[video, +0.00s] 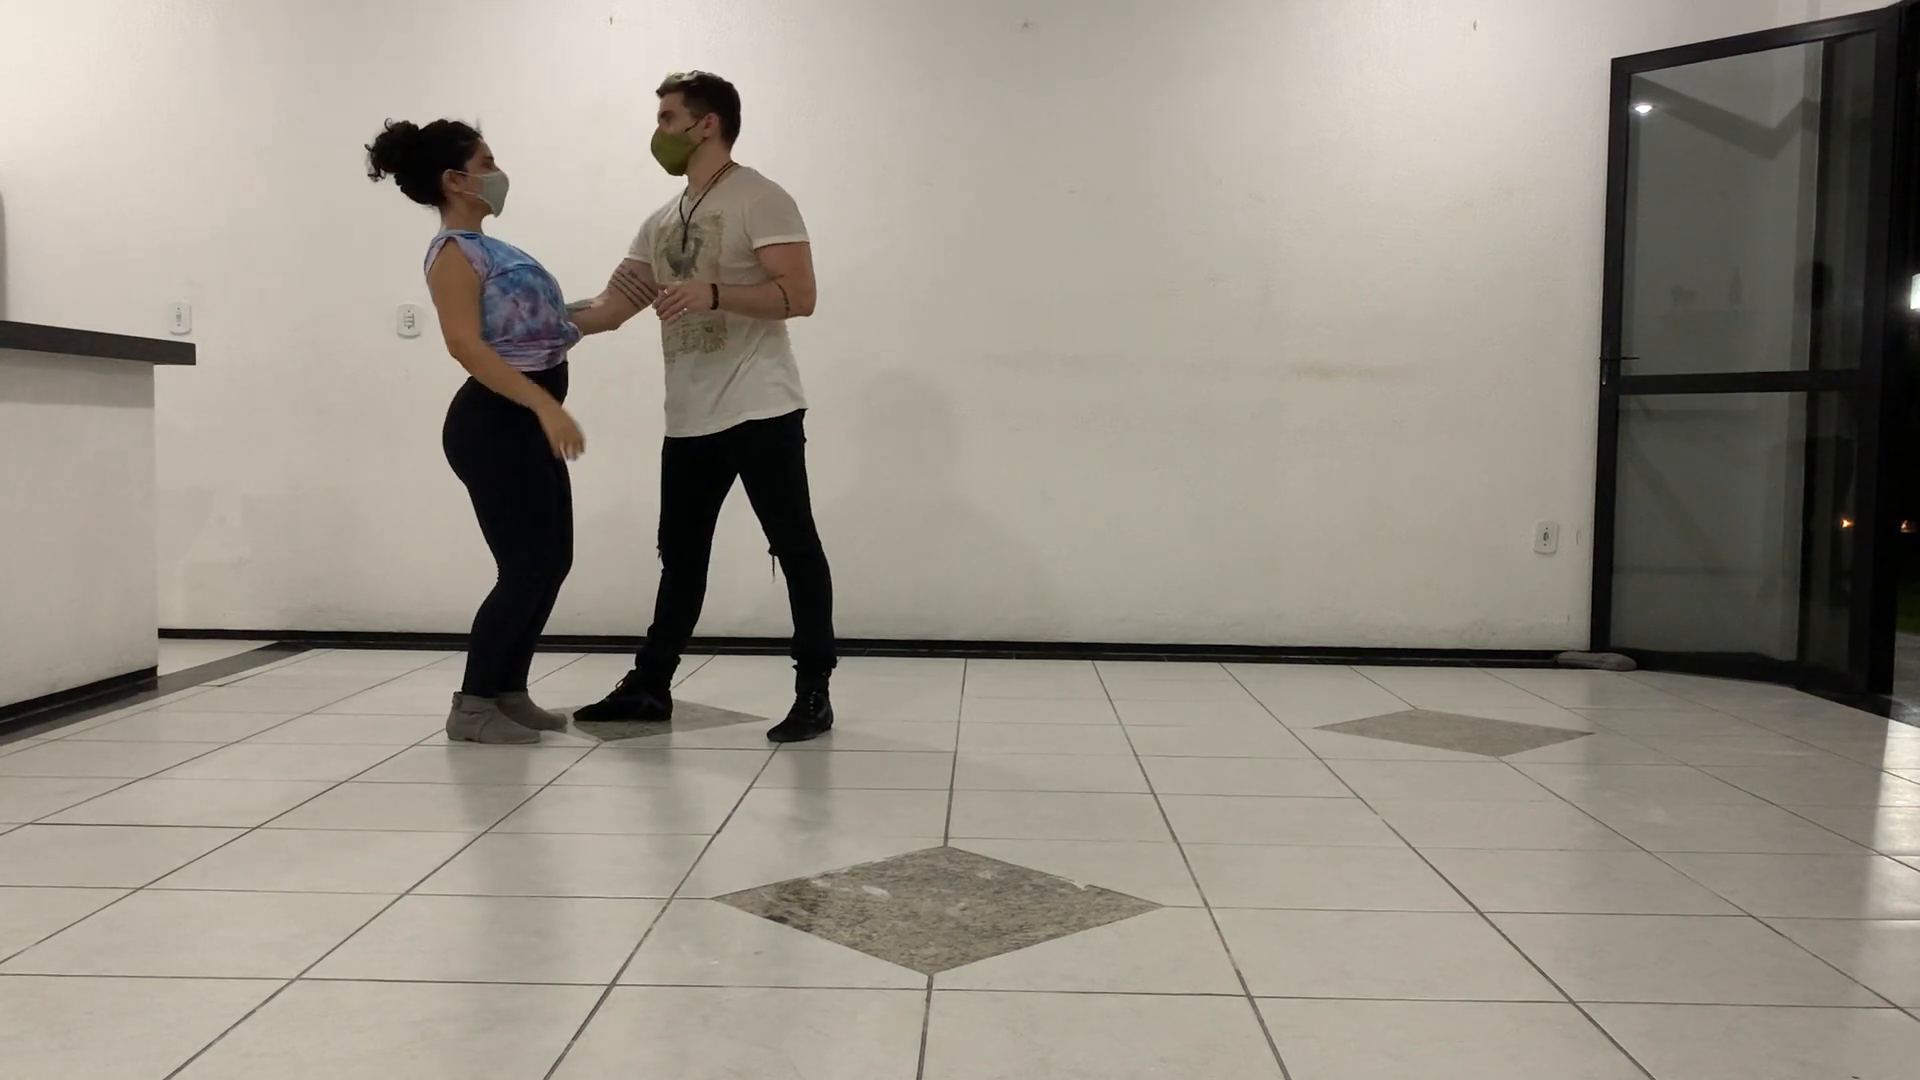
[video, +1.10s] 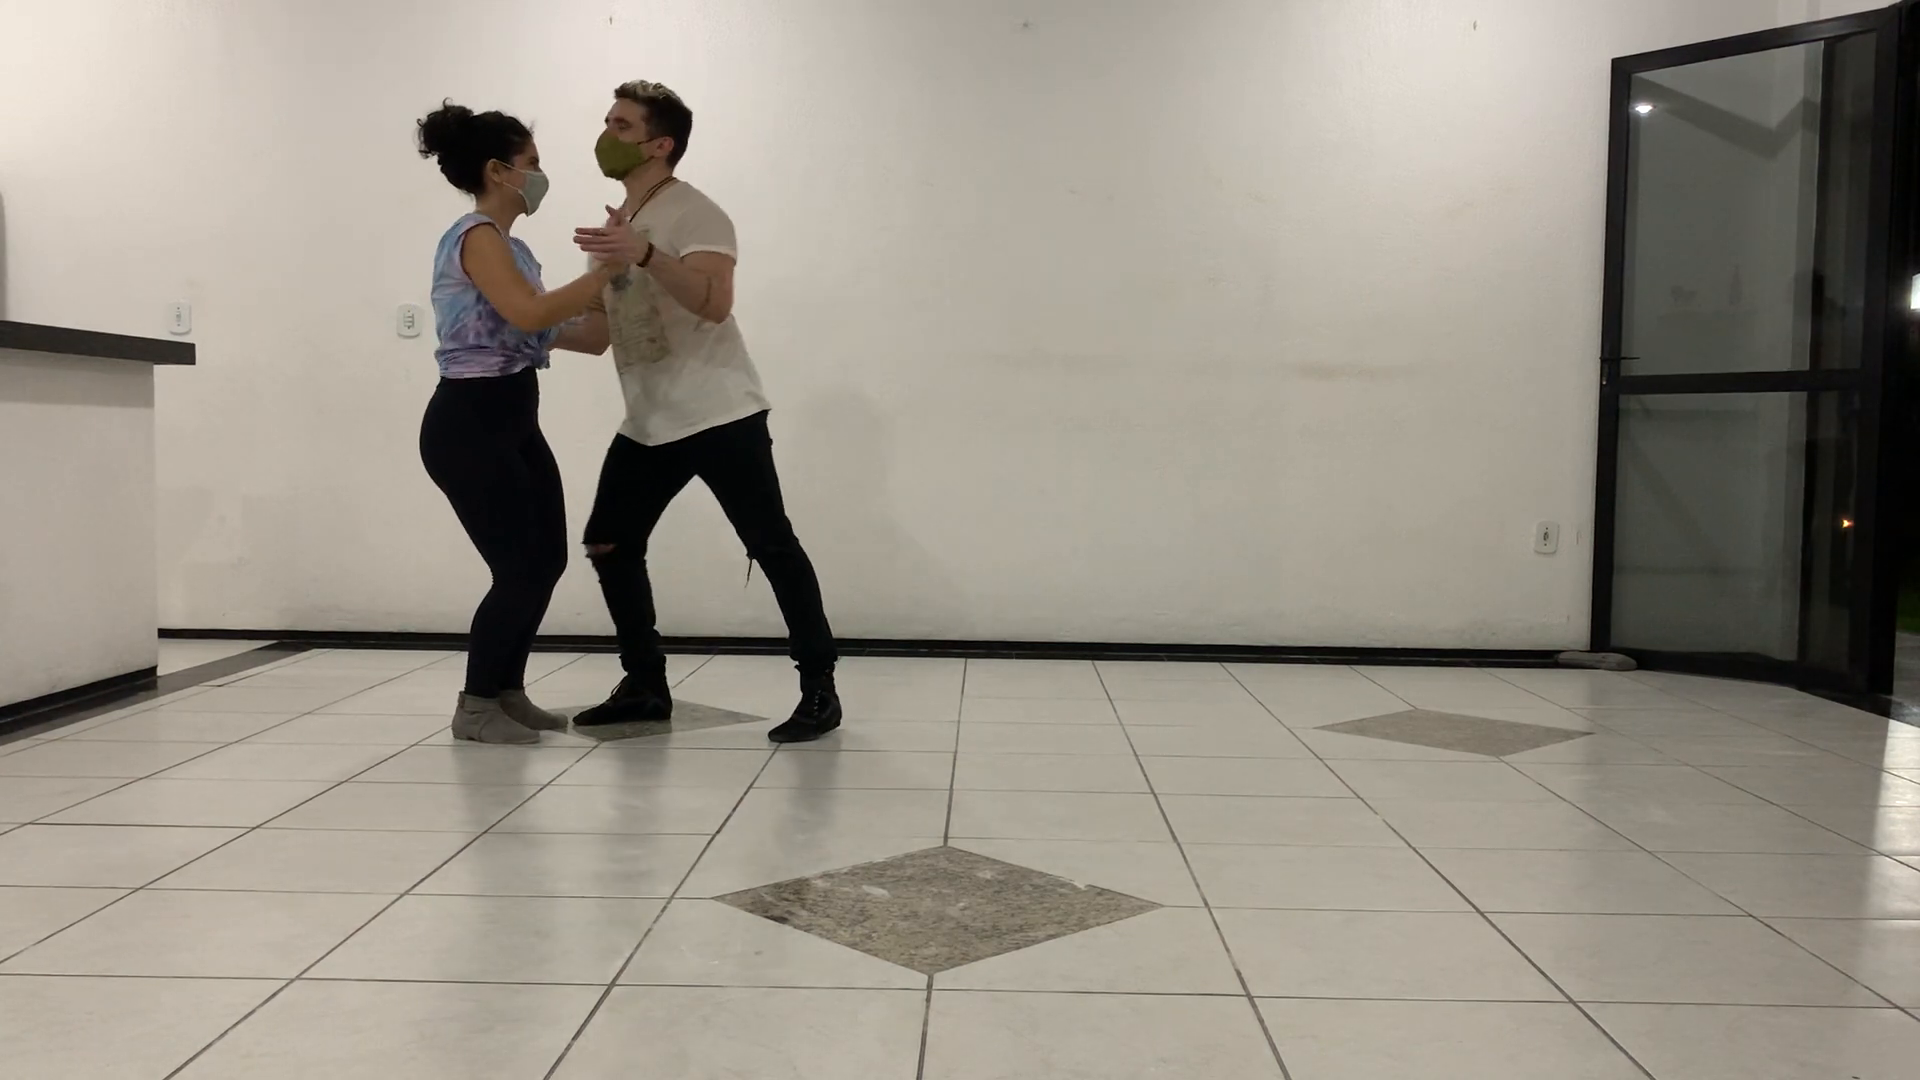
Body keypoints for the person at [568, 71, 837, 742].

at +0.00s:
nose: (656, 131)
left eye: (667, 119)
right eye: (657, 120)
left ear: (710, 124)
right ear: (697, 127)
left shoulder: (760, 199)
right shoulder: (660, 227)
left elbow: (799, 297)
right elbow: (613, 308)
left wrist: (712, 294)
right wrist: (539, 318)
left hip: (763, 405)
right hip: (690, 416)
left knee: (795, 547)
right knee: (681, 553)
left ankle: (814, 695)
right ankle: (649, 687)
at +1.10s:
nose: (605, 133)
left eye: (620, 125)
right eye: (608, 122)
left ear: (661, 143)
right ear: (640, 143)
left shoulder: (697, 213)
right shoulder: (618, 230)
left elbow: (715, 301)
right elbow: (605, 330)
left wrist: (640, 253)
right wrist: (526, 326)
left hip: (723, 412)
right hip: (652, 421)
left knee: (772, 545)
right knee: (611, 542)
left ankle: (821, 693)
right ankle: (645, 687)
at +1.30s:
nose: (593, 160)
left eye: (607, 149)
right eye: (591, 147)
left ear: (650, 156)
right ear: (593, 151)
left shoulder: (686, 231)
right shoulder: (593, 243)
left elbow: (683, 323)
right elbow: (565, 341)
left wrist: (624, 269)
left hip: (698, 425)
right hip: (623, 431)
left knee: (750, 552)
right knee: (579, 547)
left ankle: (819, 694)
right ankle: (637, 686)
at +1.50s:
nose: (594, 171)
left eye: (607, 161)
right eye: (592, 160)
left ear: (652, 166)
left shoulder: (704, 241)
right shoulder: (584, 249)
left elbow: (724, 340)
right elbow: (544, 330)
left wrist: (658, 304)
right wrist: (457, 305)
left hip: (705, 405)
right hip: (627, 421)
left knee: (716, 522)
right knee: (582, 551)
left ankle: (757, 667)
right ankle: (632, 686)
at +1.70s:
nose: (622, 161)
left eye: (635, 150)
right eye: (620, 149)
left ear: (679, 157)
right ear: (627, 154)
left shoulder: (734, 238)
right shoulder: (607, 245)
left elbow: (764, 339)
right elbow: (534, 306)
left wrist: (690, 322)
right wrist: (439, 301)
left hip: (741, 410)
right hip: (660, 421)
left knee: (730, 534)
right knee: (612, 546)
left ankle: (729, 664)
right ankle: (634, 686)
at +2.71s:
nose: (808, 157)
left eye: (821, 145)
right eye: (801, 145)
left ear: (858, 151)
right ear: (794, 152)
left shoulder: (892, 209)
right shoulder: (792, 240)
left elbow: (887, 174)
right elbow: (754, 315)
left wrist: (809, 180)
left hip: (901, 397)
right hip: (826, 413)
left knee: (947, 521)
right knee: (824, 556)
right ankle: (875, 675)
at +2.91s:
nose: (836, 146)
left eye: (849, 129)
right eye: (832, 135)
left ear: (884, 135)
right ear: (833, 149)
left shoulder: (914, 202)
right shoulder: (841, 221)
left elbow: (892, 127)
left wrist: (824, 138)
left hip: (927, 401)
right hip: (854, 416)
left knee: (994, 535)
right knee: (848, 550)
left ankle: (1046, 662)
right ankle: (874, 681)